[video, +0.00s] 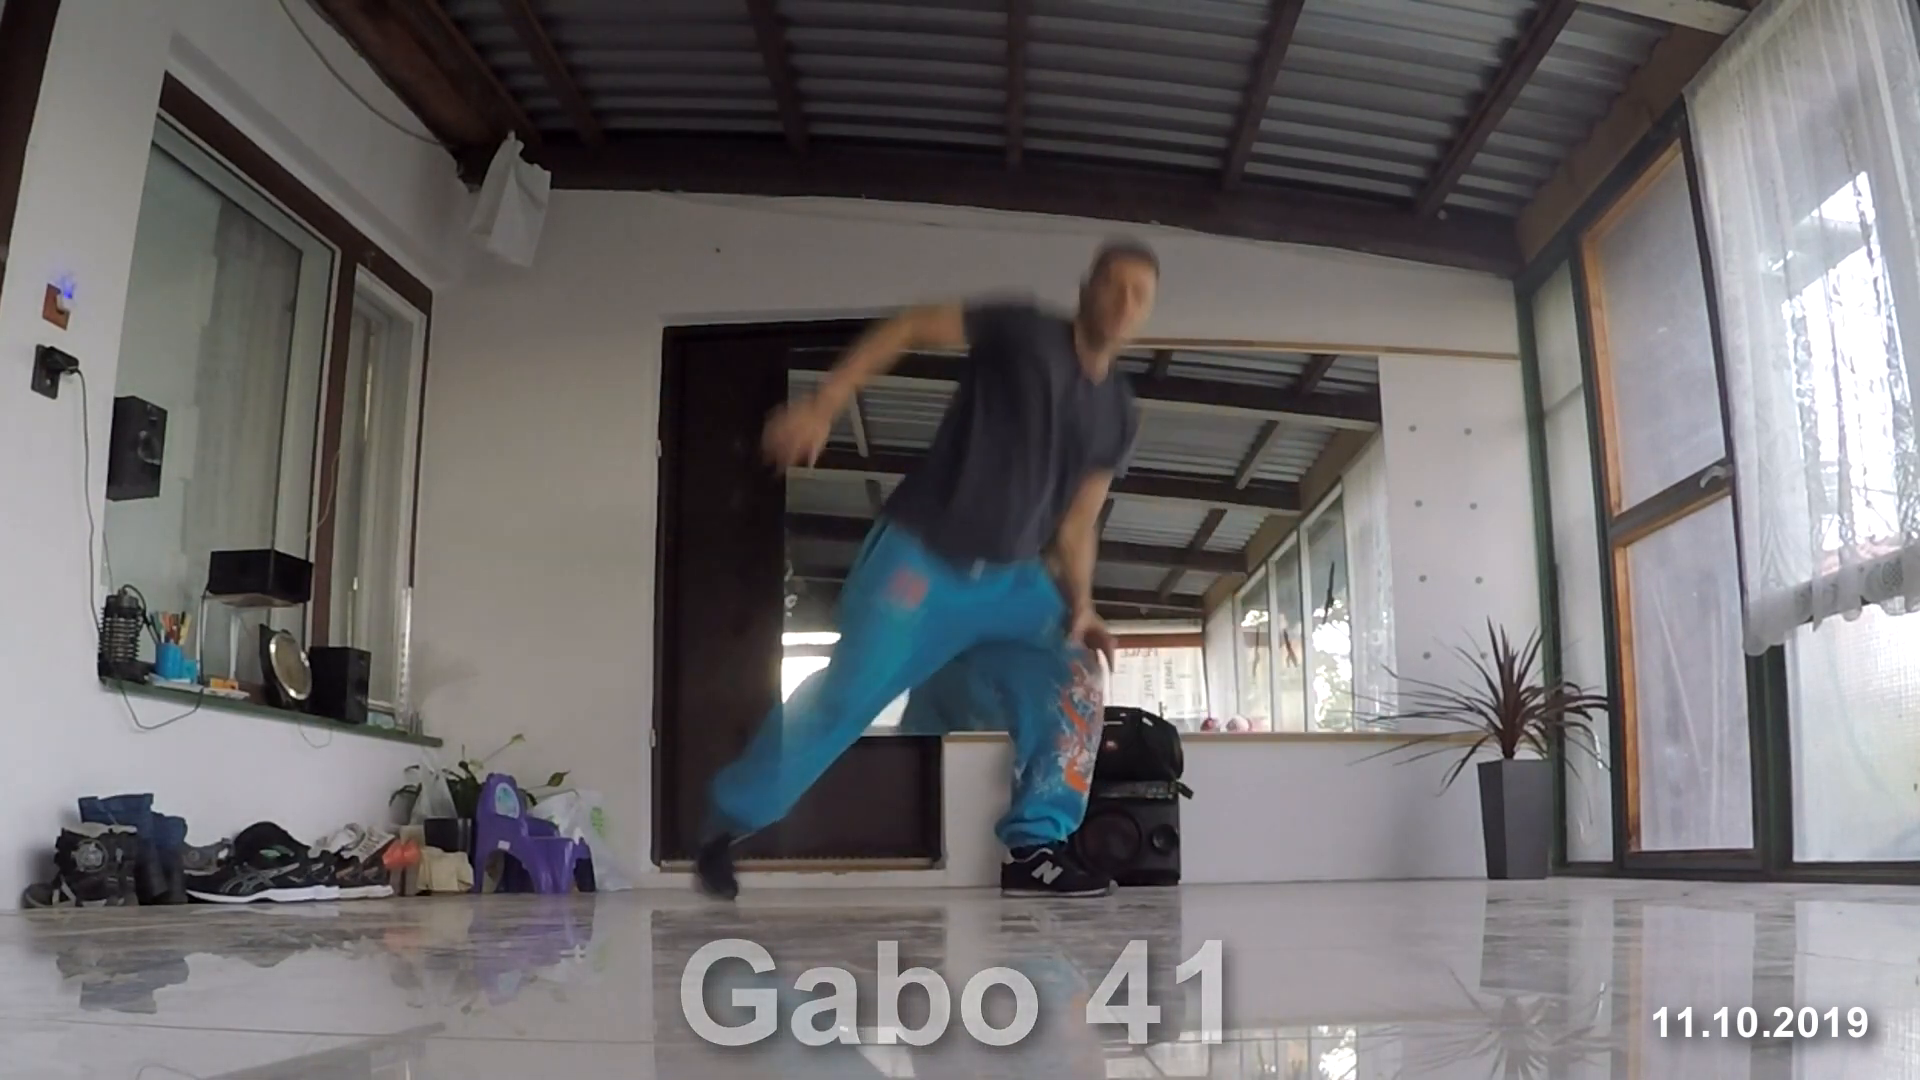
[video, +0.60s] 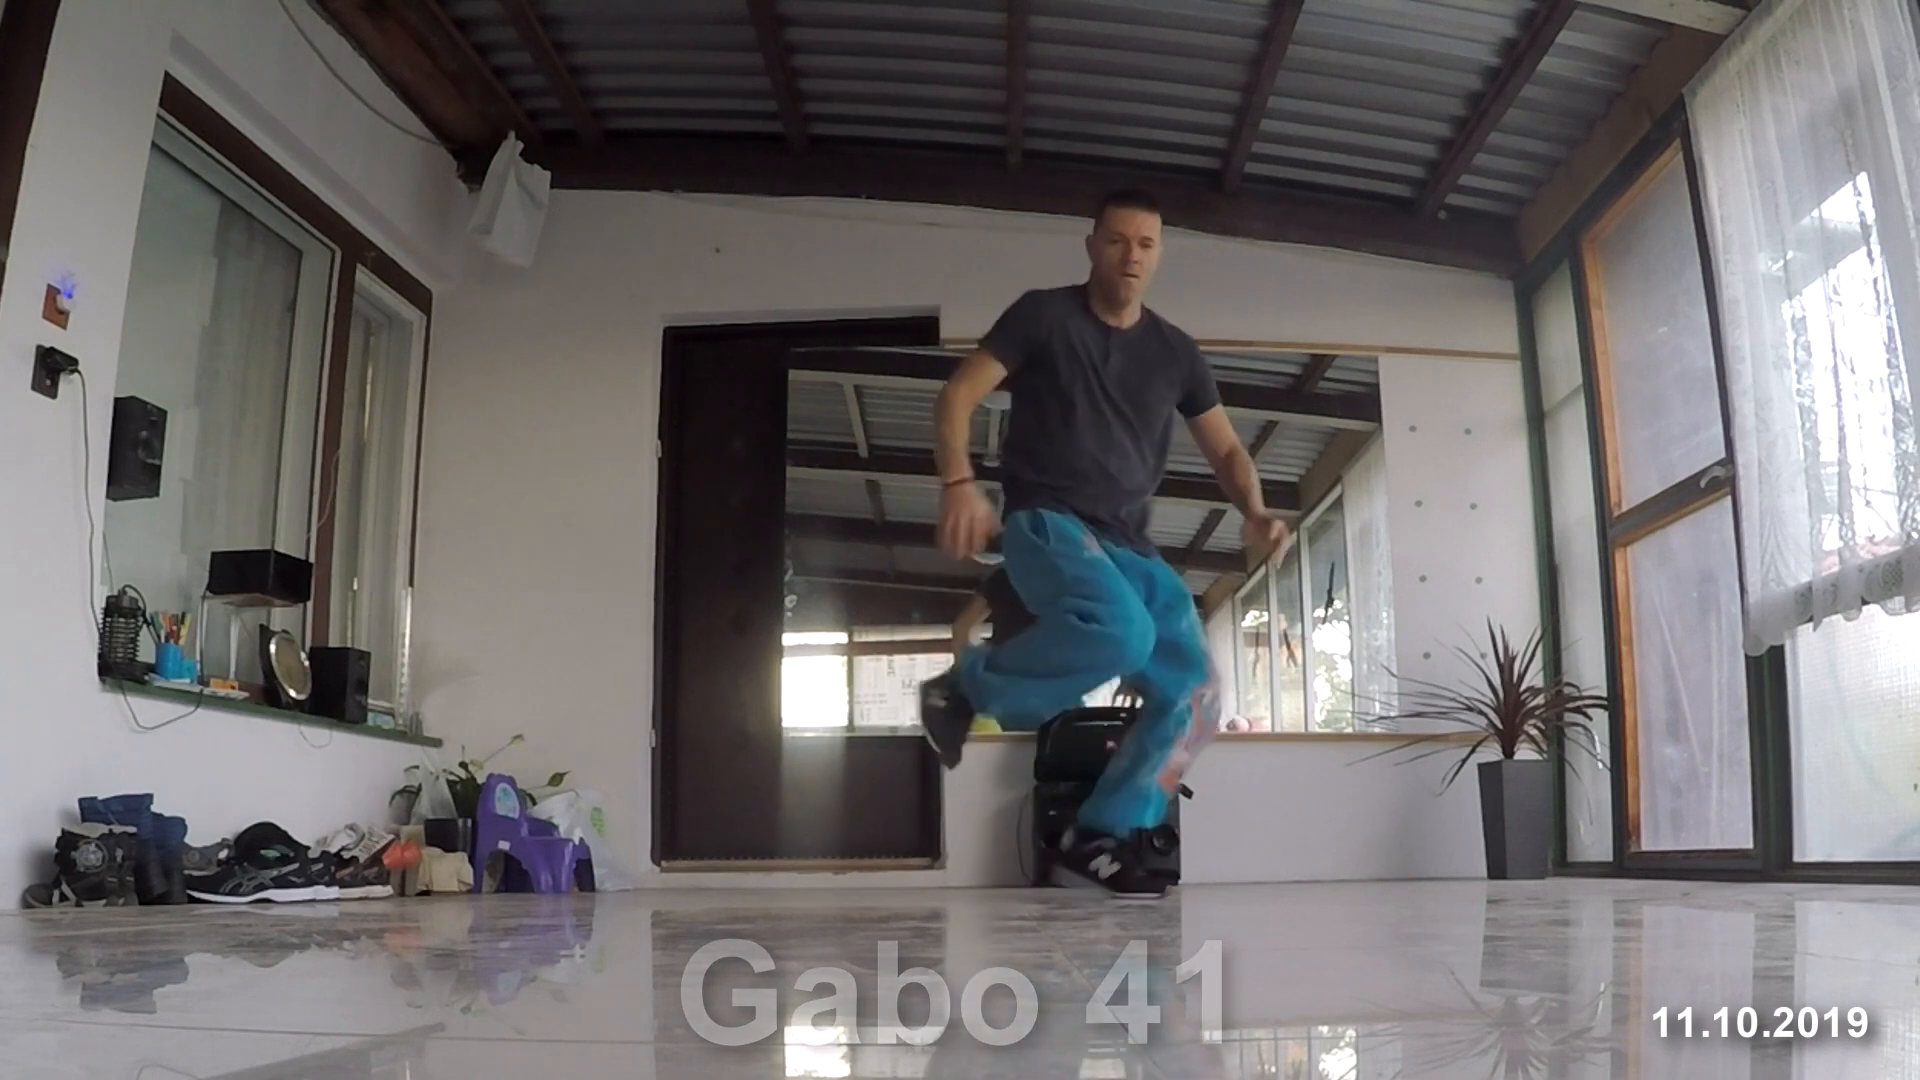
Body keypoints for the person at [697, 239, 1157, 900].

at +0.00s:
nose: (1122, 302)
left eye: (1137, 295)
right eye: (1113, 285)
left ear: (1147, 313)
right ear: (1087, 288)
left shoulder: (1118, 413)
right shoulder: (1023, 330)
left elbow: (1079, 523)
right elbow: (905, 328)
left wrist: (1082, 607)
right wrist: (821, 406)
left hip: (1014, 579)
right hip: (922, 557)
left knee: (1074, 681)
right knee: (850, 694)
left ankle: (1035, 849)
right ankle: (727, 825)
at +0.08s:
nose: (1122, 258)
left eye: (1137, 249)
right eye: (1112, 241)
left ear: (1147, 264)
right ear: (1087, 241)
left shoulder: (1123, 367)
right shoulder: (1021, 275)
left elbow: (1104, 481)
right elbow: (906, 282)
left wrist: (1096, 583)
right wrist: (824, 356)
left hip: (1025, 525)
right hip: (940, 500)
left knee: (1053, 674)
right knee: (919, 653)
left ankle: (1036, 842)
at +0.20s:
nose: (1121, 225)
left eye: (1136, 217)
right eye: (1110, 209)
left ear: (1146, 233)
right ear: (1083, 209)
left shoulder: (1131, 339)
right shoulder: (1016, 250)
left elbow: (1125, 456)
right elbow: (903, 286)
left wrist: (1135, 555)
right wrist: (822, 361)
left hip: (1048, 497)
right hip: (970, 471)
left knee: (1058, 649)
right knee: (1009, 616)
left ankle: (1017, 812)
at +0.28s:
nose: (1110, 243)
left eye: (1124, 232)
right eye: (1099, 227)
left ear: (1138, 245)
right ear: (1071, 228)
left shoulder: (1139, 346)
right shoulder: (1012, 285)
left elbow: (1179, 453)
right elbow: (919, 333)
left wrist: (1228, 505)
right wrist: (852, 416)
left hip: (1077, 529)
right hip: (1007, 515)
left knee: (1031, 680)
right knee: (1070, 662)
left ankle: (972, 844)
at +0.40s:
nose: (1120, 243)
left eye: (1134, 233)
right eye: (1108, 228)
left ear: (1148, 244)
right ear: (1081, 230)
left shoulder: (1151, 341)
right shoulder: (1023, 289)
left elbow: (1204, 441)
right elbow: (936, 361)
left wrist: (1264, 477)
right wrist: (892, 457)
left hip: (1083, 530)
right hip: (1015, 507)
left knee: (1095, 680)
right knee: (1092, 664)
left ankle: (983, 823)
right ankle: (1157, 821)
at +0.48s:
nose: (1134, 253)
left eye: (1149, 242)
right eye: (1122, 237)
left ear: (1161, 253)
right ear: (1095, 237)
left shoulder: (1162, 345)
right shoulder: (1038, 297)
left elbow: (1218, 449)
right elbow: (953, 378)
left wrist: (1270, 499)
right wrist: (936, 490)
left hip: (1093, 531)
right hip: (1019, 509)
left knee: (1151, 648)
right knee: (1117, 603)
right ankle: (1069, 815)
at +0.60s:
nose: (1131, 256)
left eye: (1145, 244)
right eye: (1118, 241)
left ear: (1160, 254)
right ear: (1091, 246)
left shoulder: (1177, 353)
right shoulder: (1043, 315)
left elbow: (1227, 453)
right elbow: (955, 396)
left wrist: (1255, 510)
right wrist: (958, 483)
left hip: (1129, 544)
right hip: (1047, 521)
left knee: (1188, 673)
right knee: (1120, 634)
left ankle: (1100, 835)